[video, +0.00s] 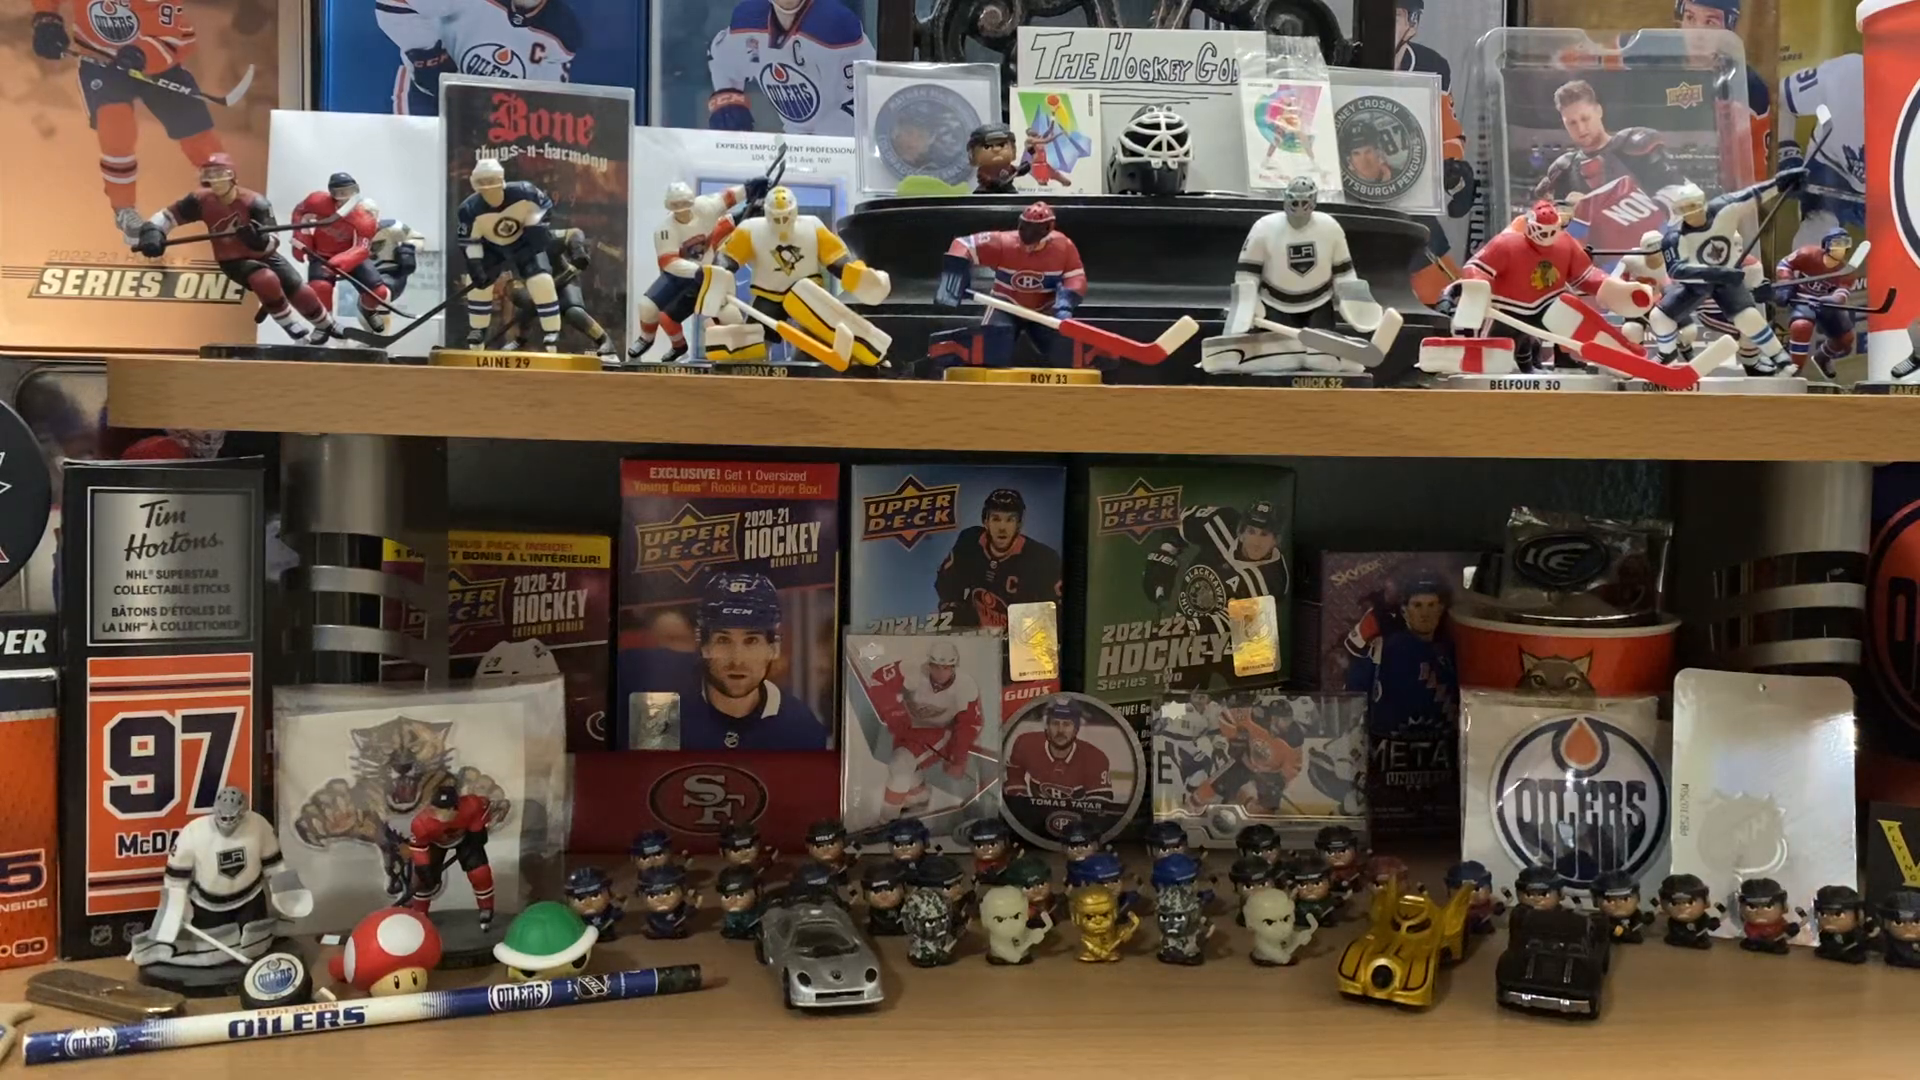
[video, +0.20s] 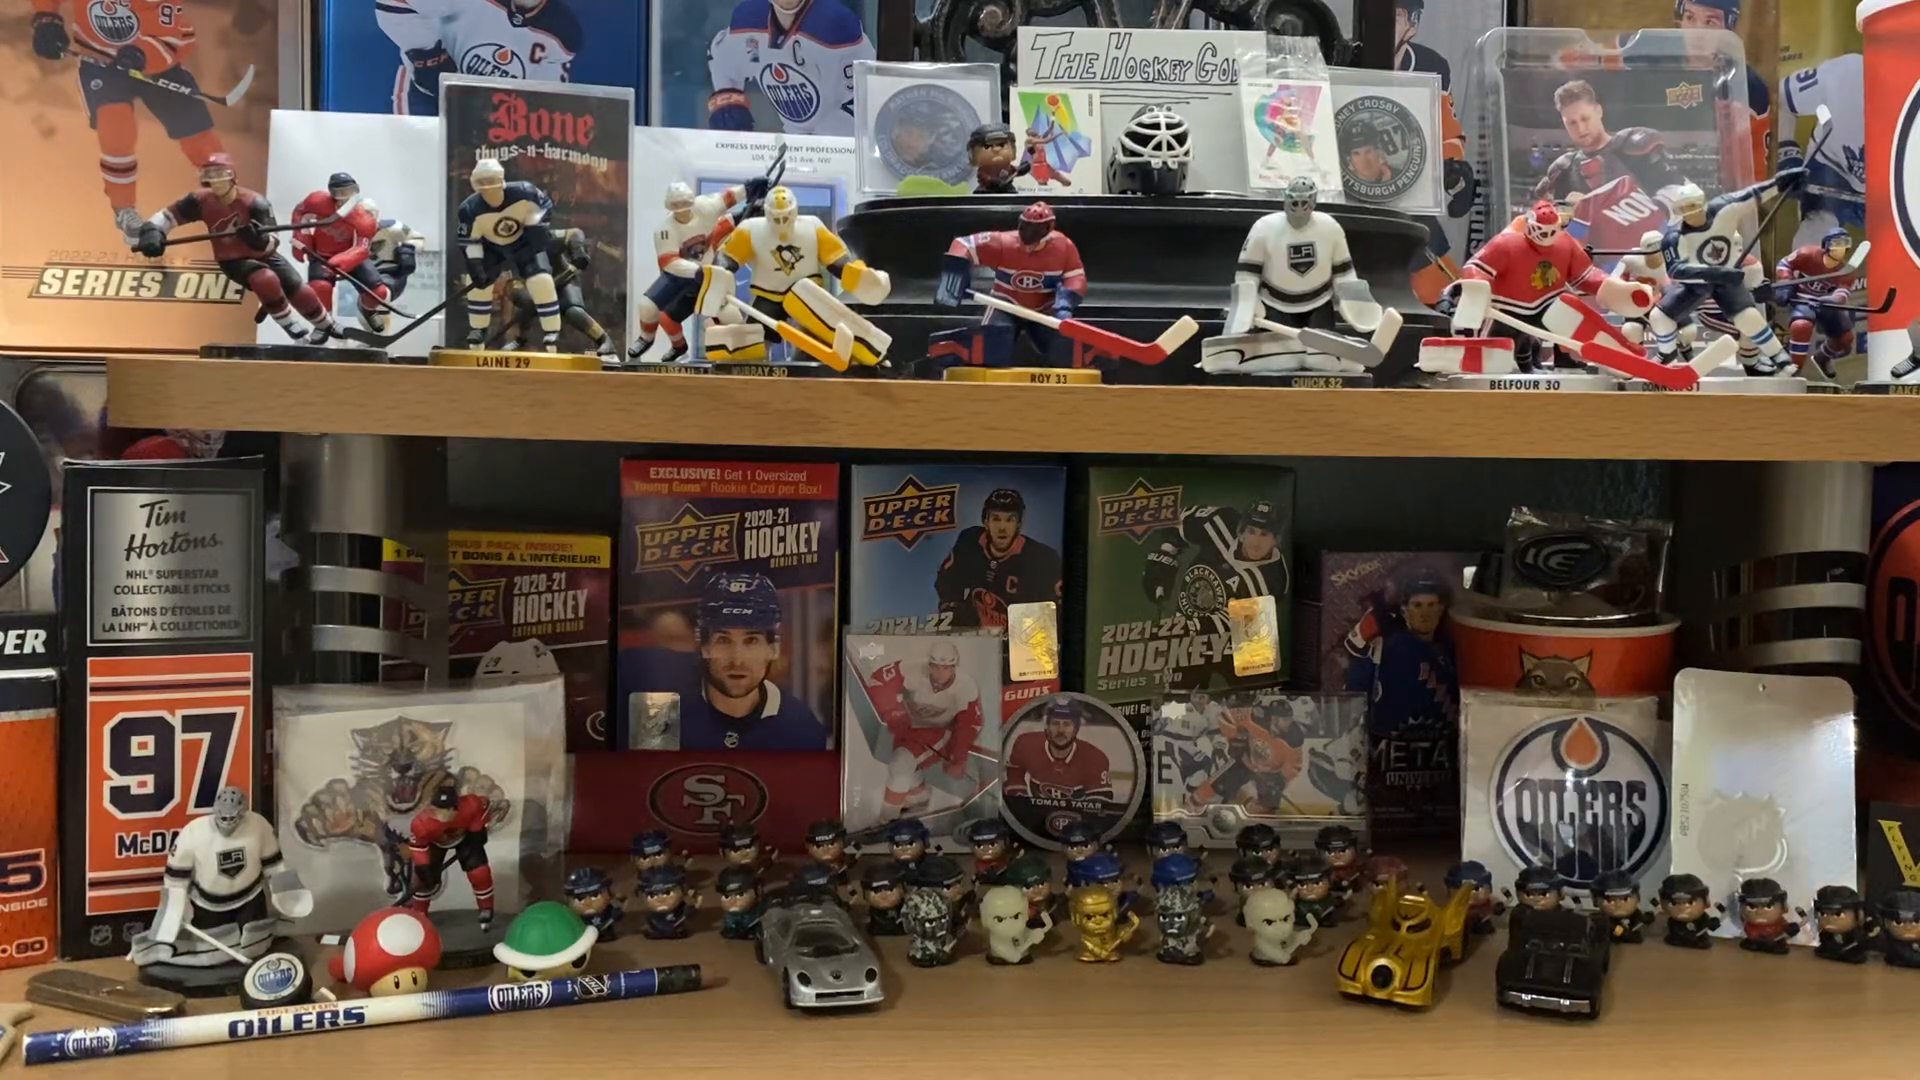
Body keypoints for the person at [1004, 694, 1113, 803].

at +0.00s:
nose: (1060, 730)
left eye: (1066, 724)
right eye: (1055, 724)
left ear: (1076, 729)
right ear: (1047, 726)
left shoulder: (1095, 758)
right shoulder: (1025, 744)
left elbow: (1100, 800)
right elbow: (1014, 778)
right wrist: (1022, 806)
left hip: (1075, 818)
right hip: (1034, 813)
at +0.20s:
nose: (1060, 730)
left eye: (1066, 724)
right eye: (1055, 724)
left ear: (1076, 729)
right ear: (1046, 727)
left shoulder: (1095, 758)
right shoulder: (1025, 744)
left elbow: (1099, 802)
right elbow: (1014, 777)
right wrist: (1022, 803)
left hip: (1075, 819)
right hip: (1034, 813)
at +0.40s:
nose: (1060, 730)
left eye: (1066, 724)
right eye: (1055, 724)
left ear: (1076, 729)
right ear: (1046, 727)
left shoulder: (1095, 758)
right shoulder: (1025, 744)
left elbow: (1100, 801)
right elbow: (1014, 777)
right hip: (1034, 813)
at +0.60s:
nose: (1060, 730)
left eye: (1066, 725)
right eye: (1055, 724)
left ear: (1076, 729)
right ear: (1047, 727)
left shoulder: (1095, 758)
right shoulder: (1026, 744)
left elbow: (1100, 801)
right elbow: (1014, 777)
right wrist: (1021, 804)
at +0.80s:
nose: (1060, 731)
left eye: (1066, 725)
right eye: (1055, 724)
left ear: (1076, 729)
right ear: (1047, 726)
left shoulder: (1095, 759)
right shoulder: (1025, 744)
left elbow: (1099, 803)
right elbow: (1014, 778)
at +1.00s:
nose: (1060, 730)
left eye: (1067, 724)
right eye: (1055, 724)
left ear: (1076, 729)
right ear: (1047, 726)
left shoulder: (1095, 758)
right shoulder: (1025, 744)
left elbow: (1099, 801)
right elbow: (1014, 778)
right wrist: (1023, 807)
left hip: (1075, 817)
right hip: (1034, 812)